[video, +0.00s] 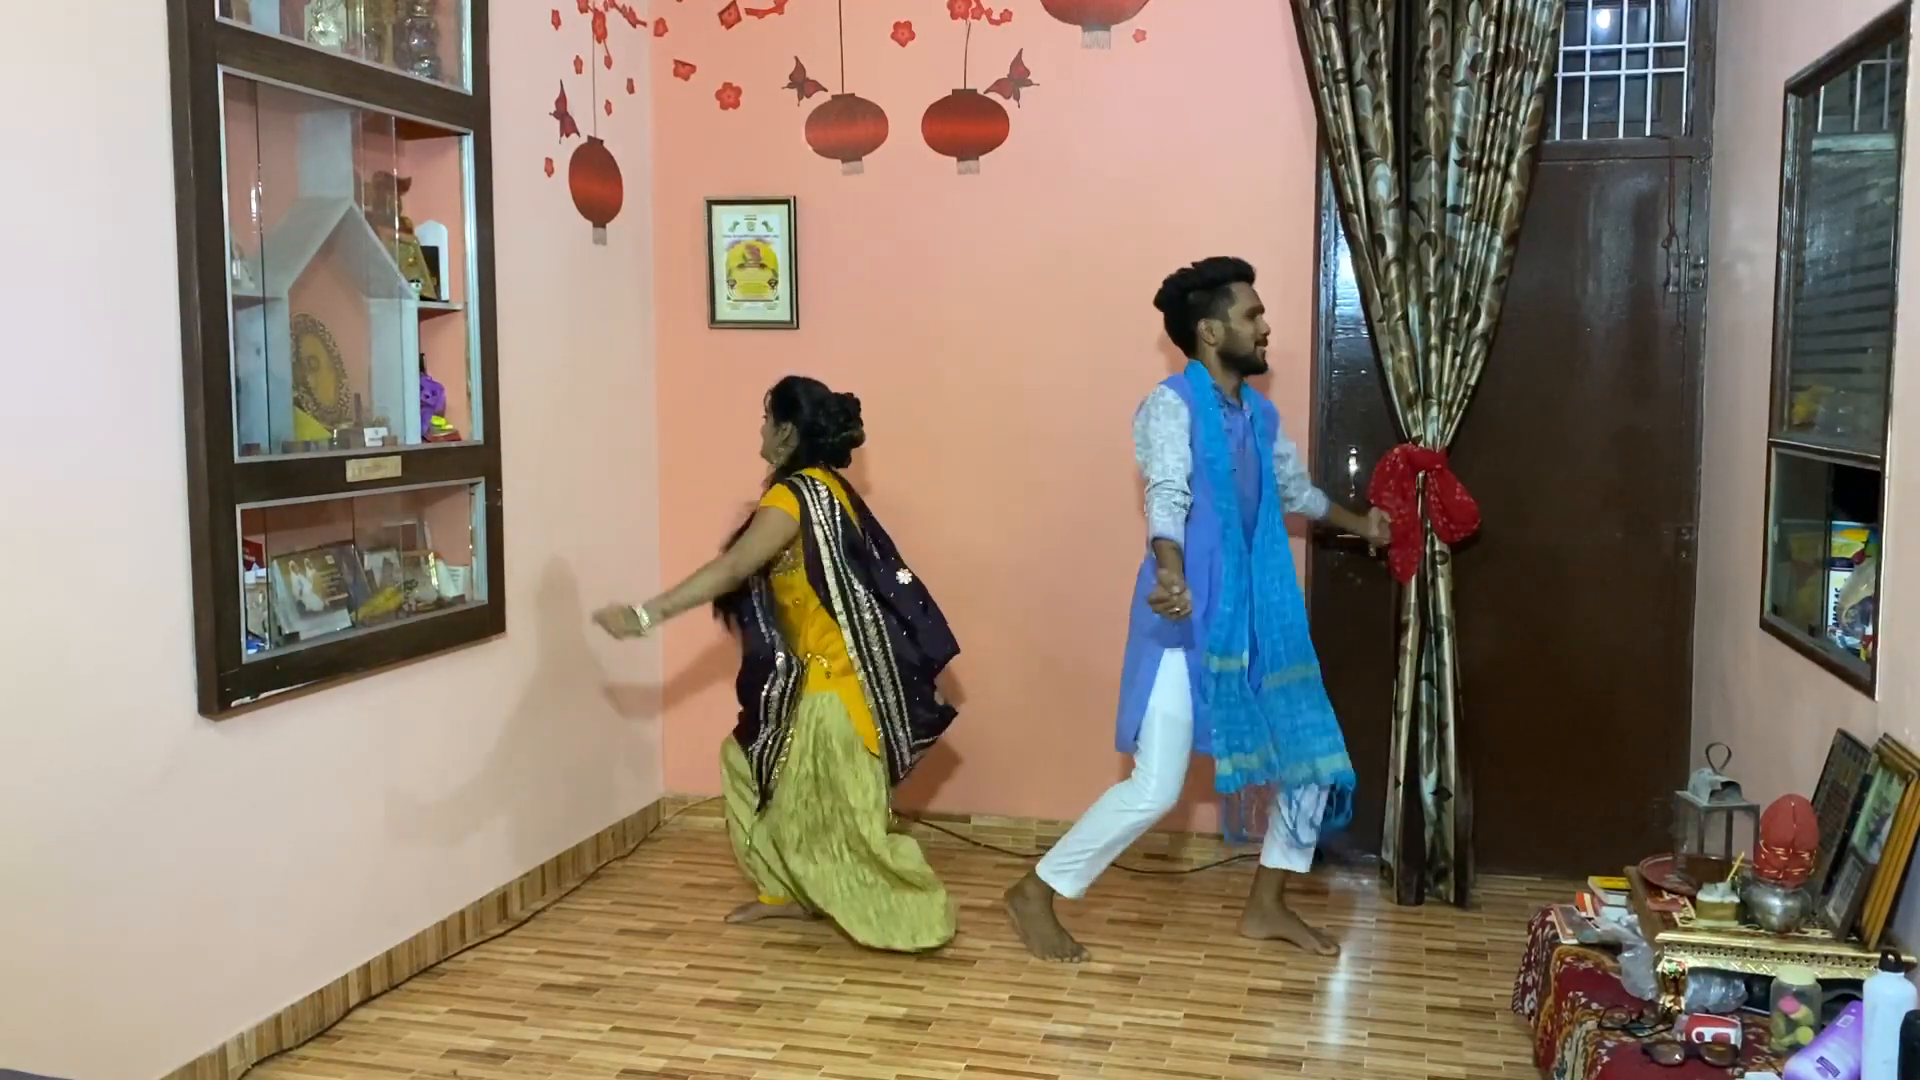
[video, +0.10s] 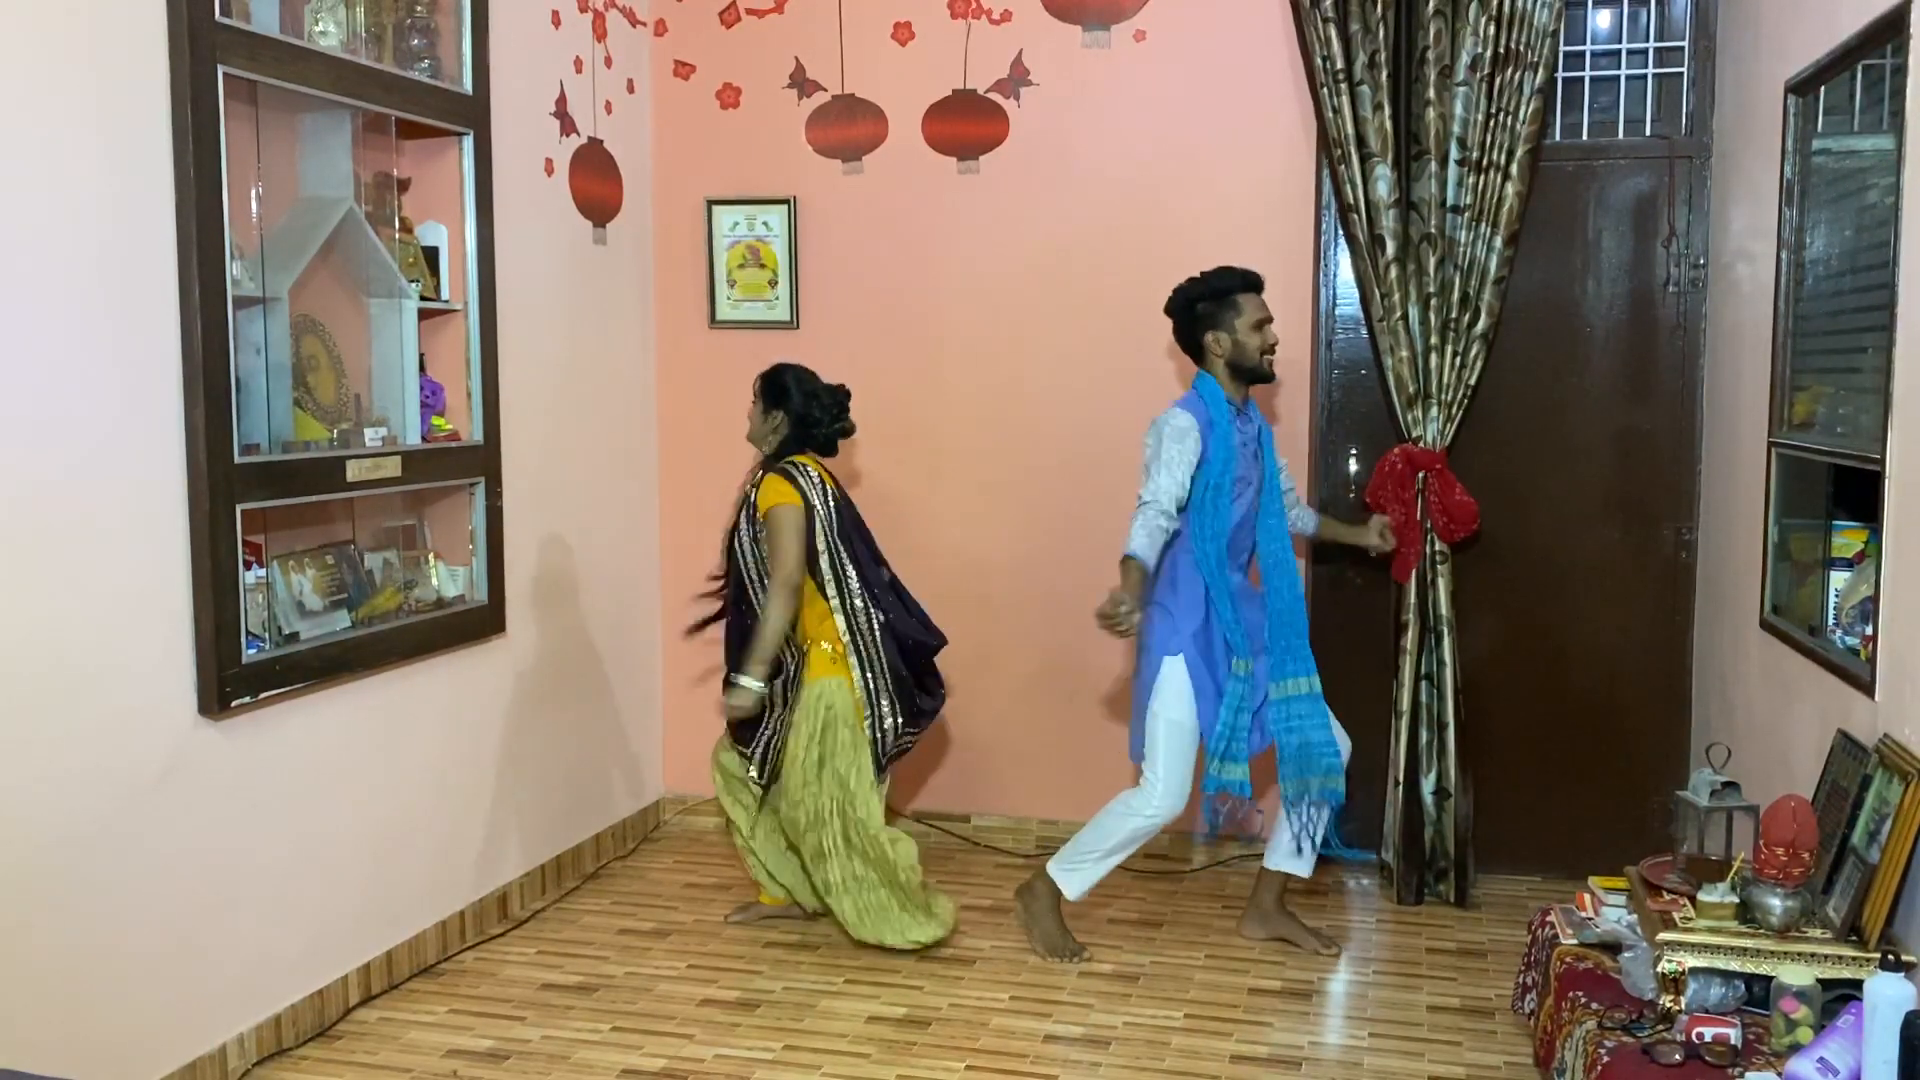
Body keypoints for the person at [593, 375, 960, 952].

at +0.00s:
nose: (760, 429)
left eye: (768, 420)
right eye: (765, 419)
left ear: (792, 431)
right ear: (806, 432)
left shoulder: (792, 496)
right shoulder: (828, 488)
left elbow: (731, 570)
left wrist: (644, 614)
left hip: (834, 679)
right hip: (835, 671)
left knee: (834, 806)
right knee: (743, 758)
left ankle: (921, 911)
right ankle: (787, 891)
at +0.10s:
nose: (747, 416)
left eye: (754, 406)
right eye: (752, 405)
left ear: (775, 416)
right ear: (797, 418)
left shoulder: (781, 482)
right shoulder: (809, 475)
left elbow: (786, 587)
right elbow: (800, 586)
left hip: (827, 673)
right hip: (830, 665)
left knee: (817, 798)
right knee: (736, 763)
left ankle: (904, 914)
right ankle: (788, 889)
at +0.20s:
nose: (746, 370)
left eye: (758, 363)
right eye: (749, 360)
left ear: (792, 378)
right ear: (777, 380)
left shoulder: (816, 451)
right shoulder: (763, 453)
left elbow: (865, 547)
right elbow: (767, 561)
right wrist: (752, 643)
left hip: (832, 634)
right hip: (778, 637)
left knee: (845, 767)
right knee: (744, 760)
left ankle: (916, 907)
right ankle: (791, 885)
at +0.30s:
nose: (783, 336)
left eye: (795, 327)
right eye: (772, 326)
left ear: (816, 340)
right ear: (752, 338)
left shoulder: (843, 405)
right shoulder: (732, 410)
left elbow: (915, 479)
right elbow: (723, 504)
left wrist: (953, 562)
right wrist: (684, 543)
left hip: (839, 597)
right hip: (756, 599)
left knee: (870, 741)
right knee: (749, 738)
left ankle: (915, 888)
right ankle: (771, 863)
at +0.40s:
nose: (812, 344)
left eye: (815, 335)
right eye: (798, 335)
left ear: (820, 342)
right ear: (758, 344)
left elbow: (924, 456)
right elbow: (654, 486)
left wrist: (993, 466)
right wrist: (595, 478)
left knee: (895, 746)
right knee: (751, 760)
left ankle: (926, 883)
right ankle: (725, 890)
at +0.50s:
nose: (779, 379)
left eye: (778, 367)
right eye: (773, 368)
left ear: (766, 376)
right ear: (800, 377)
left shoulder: (842, 449)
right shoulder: (721, 444)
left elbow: (931, 460)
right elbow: (669, 508)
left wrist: (987, 398)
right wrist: (618, 440)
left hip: (837, 632)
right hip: (739, 637)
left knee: (913, 754)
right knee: (747, 772)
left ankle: (939, 890)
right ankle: (709, 897)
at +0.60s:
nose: (829, 413)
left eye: (828, 403)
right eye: (817, 405)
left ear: (816, 410)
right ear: (781, 414)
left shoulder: (833, 465)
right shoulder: (741, 472)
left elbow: (924, 478)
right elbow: (766, 531)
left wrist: (939, 407)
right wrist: (774, 451)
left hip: (829, 656)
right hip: (751, 664)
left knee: (910, 764)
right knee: (746, 800)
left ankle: (929, 891)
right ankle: (707, 896)